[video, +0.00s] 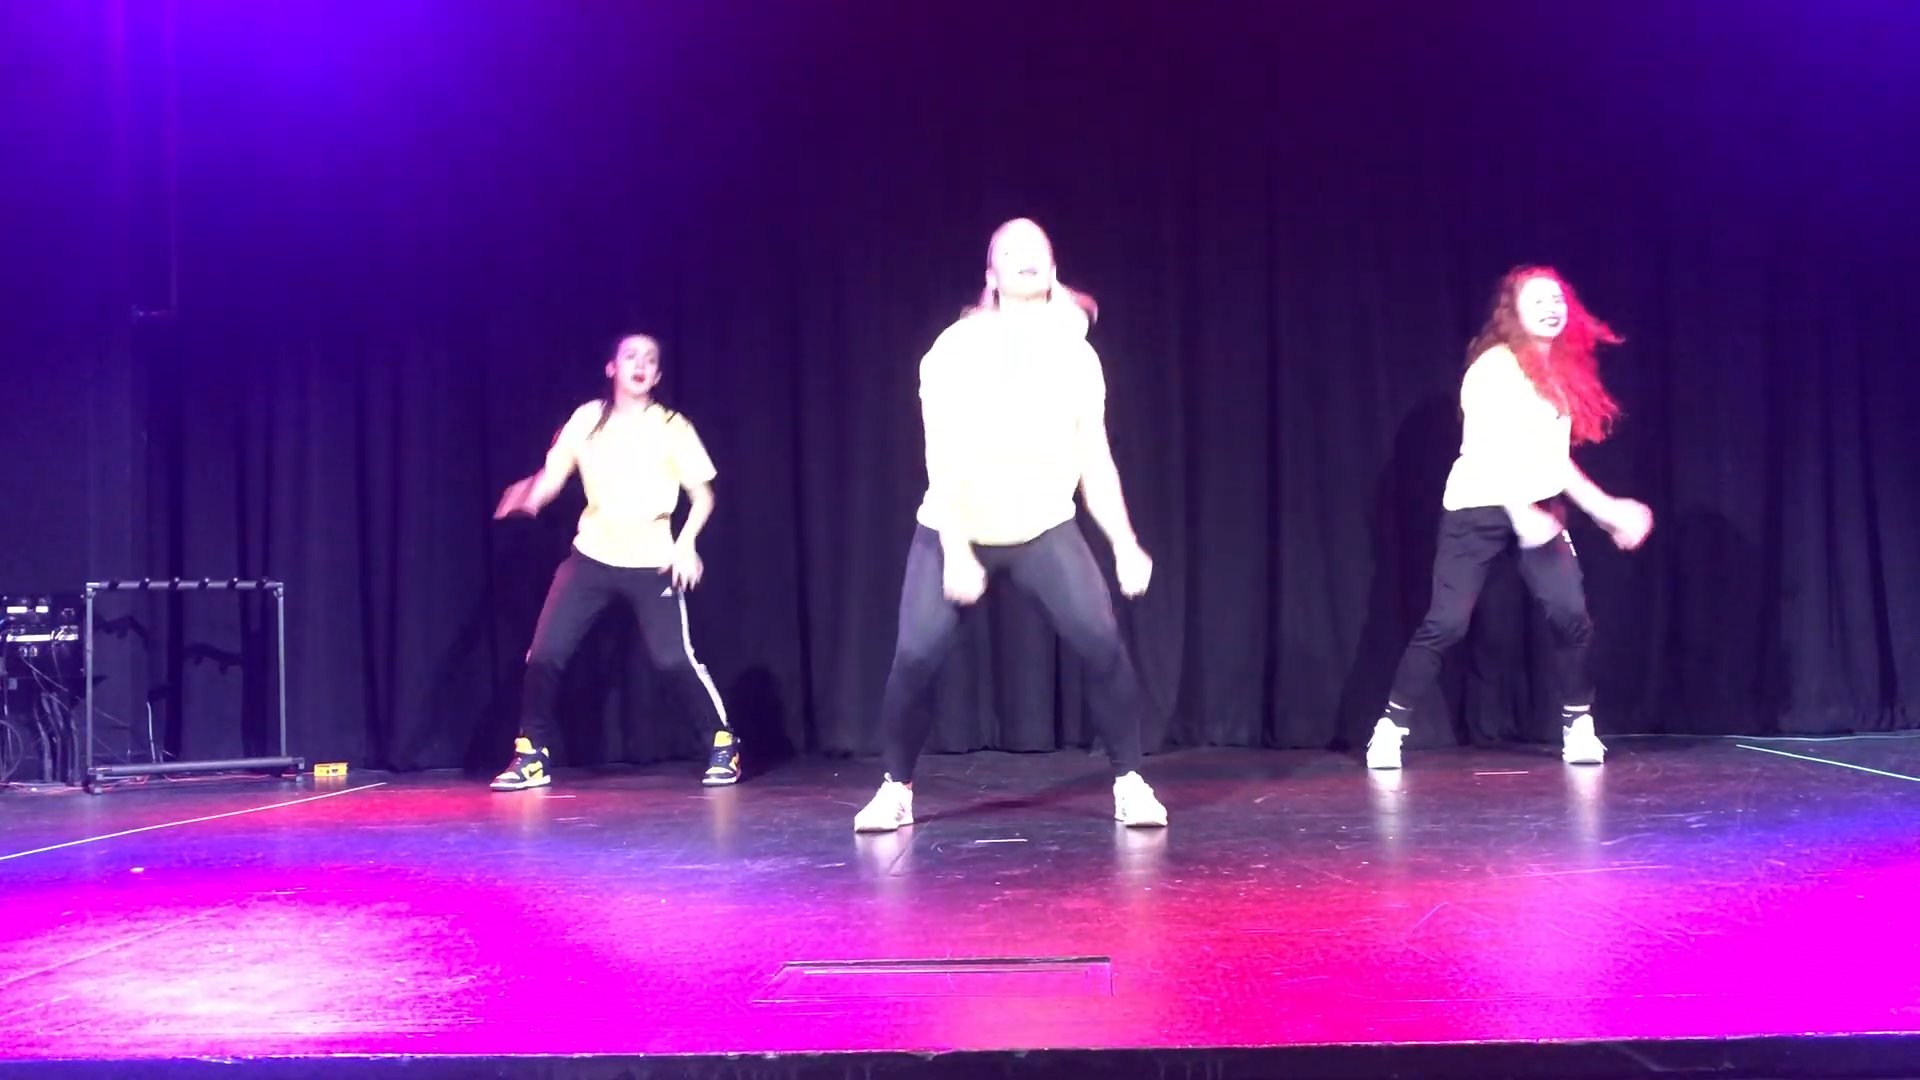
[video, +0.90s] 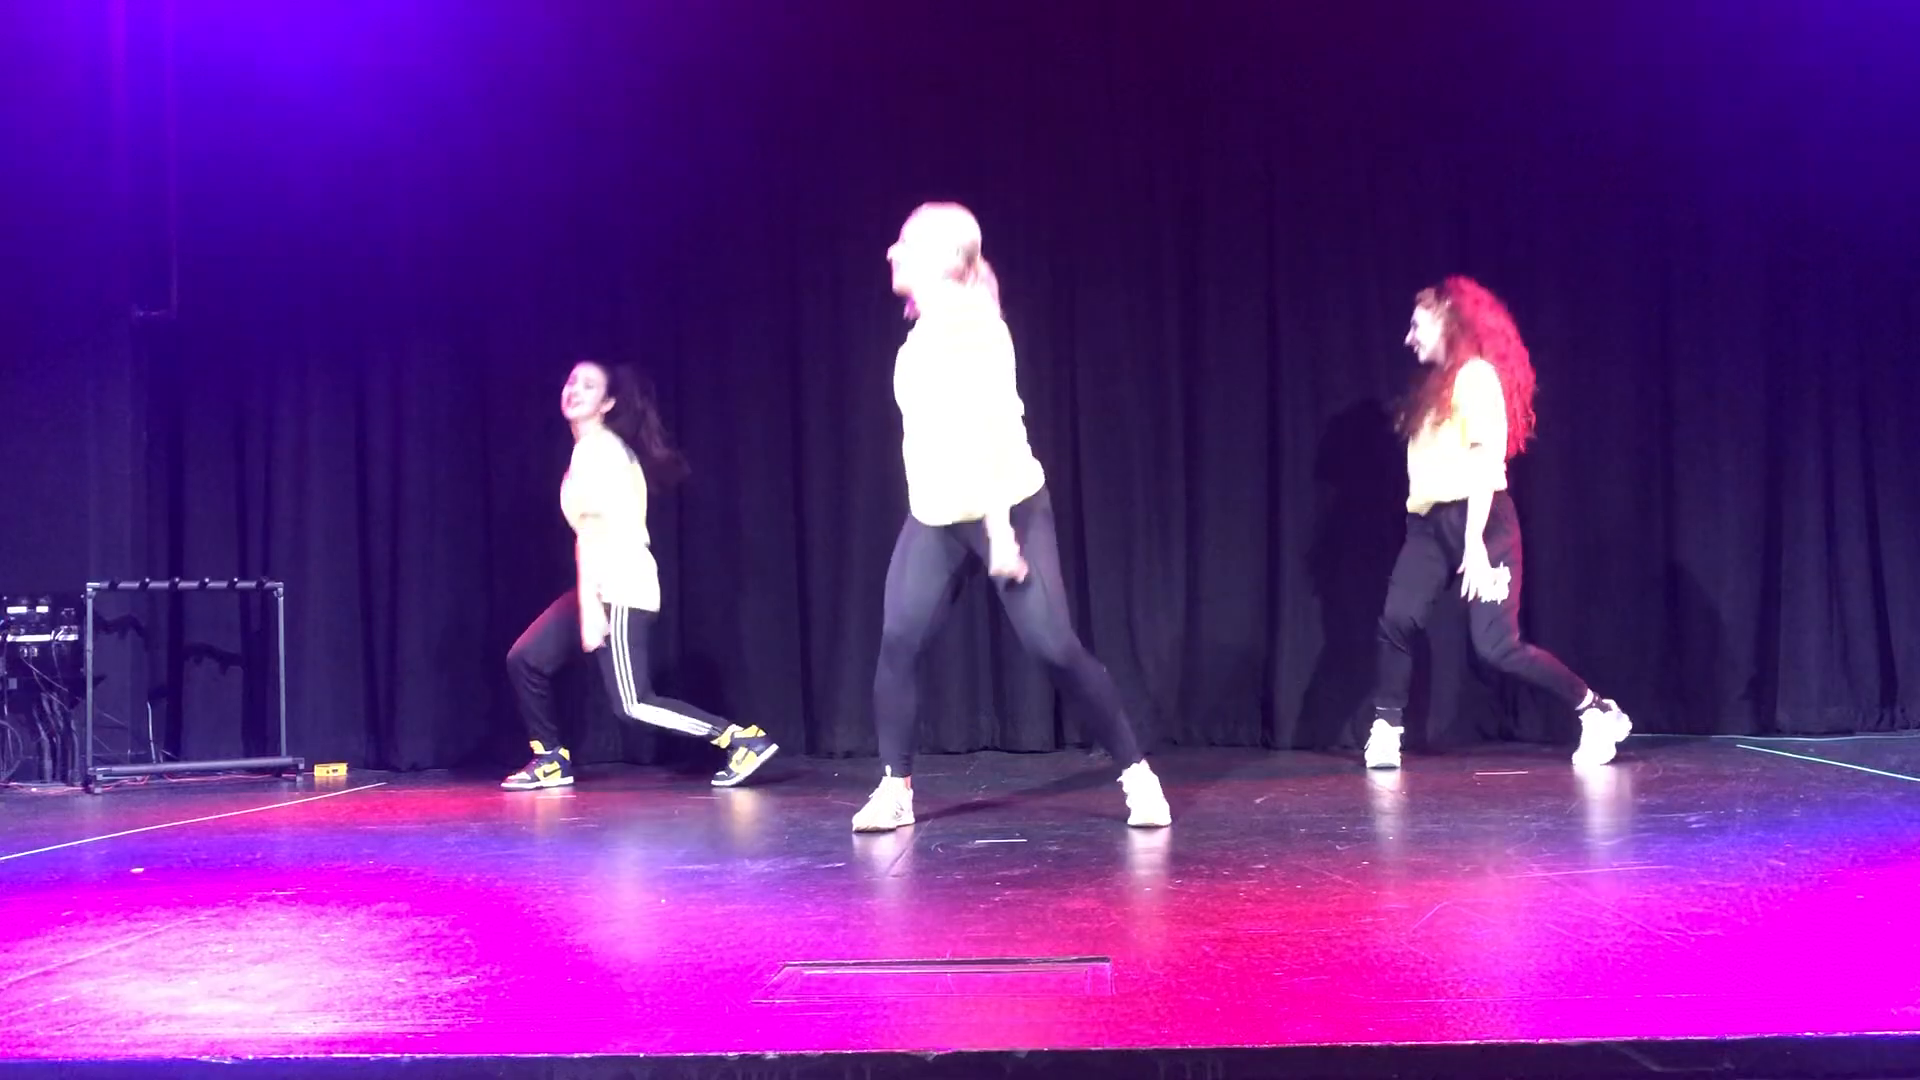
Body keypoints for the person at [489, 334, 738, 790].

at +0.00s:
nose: (640, 367)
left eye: (649, 360)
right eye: (631, 358)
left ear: (659, 373)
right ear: (612, 368)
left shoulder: (673, 429)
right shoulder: (587, 420)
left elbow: (703, 496)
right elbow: (551, 477)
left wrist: (686, 542)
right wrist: (528, 499)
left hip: (652, 560)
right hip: (591, 557)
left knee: (674, 658)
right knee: (544, 654)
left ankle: (723, 745)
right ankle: (532, 757)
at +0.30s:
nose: (626, 338)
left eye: (635, 331)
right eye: (617, 331)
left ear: (650, 345)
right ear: (603, 344)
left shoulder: (665, 405)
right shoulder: (584, 395)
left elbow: (674, 476)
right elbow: (553, 440)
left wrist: (668, 528)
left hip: (650, 537)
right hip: (589, 535)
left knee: (690, 639)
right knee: (555, 642)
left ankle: (714, 749)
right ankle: (533, 751)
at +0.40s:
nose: (618, 333)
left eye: (628, 326)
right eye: (611, 326)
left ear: (645, 340)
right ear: (601, 338)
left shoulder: (664, 400)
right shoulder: (583, 385)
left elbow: (674, 472)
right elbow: (571, 338)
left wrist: (675, 533)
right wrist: (552, 290)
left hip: (652, 535)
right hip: (592, 534)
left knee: (683, 644)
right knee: (564, 645)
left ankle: (715, 747)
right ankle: (546, 750)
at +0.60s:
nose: (612, 345)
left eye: (623, 338)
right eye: (606, 337)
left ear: (642, 347)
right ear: (598, 347)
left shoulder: (654, 407)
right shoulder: (592, 391)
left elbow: (654, 479)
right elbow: (564, 341)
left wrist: (651, 542)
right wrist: (533, 301)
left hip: (634, 542)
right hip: (578, 541)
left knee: (676, 647)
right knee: (559, 650)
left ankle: (724, 740)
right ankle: (553, 753)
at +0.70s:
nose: (603, 346)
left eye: (615, 339)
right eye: (598, 339)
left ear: (636, 353)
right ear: (592, 350)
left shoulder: (633, 407)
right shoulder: (602, 402)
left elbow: (629, 481)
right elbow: (576, 395)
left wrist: (622, 551)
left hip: (620, 544)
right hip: (577, 543)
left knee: (662, 649)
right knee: (550, 644)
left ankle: (739, 735)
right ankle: (553, 757)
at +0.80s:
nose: (590, 360)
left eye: (603, 355)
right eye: (587, 351)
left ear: (625, 369)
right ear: (579, 360)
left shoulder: (616, 422)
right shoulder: (595, 420)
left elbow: (614, 502)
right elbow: (601, 493)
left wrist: (609, 569)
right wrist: (573, 497)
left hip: (621, 560)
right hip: (587, 559)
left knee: (641, 669)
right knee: (537, 654)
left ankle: (741, 736)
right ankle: (551, 758)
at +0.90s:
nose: (572, 391)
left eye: (586, 386)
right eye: (571, 383)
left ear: (607, 403)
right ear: (565, 392)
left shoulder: (599, 451)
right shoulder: (589, 448)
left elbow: (592, 536)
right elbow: (596, 531)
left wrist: (590, 607)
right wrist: (596, 599)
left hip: (622, 588)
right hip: (600, 586)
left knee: (632, 702)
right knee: (525, 659)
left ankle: (742, 741)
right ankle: (550, 760)